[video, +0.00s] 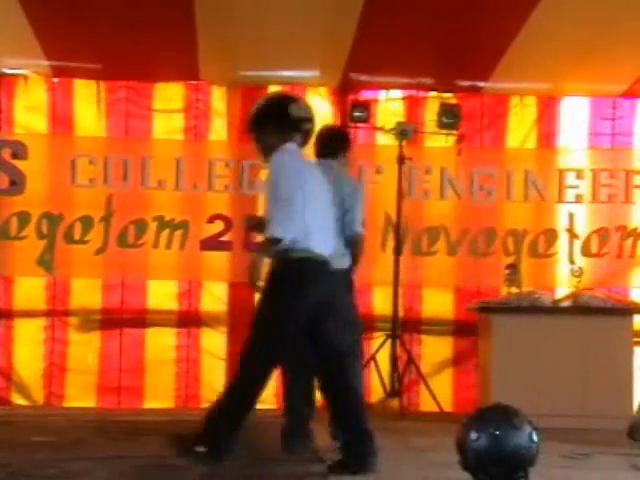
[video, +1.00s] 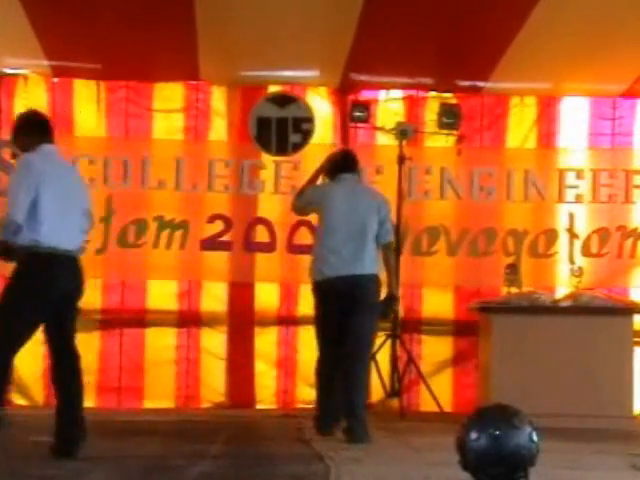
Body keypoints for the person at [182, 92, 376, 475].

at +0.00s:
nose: (256, 144)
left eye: (258, 135)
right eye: (255, 135)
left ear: (272, 132)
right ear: (293, 133)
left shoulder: (284, 162)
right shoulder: (311, 169)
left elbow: (285, 220)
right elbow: (309, 225)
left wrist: (264, 249)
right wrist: (265, 224)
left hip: (295, 272)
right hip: (327, 273)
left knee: (257, 360)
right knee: (336, 368)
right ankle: (358, 453)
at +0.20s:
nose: (196, 146)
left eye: (198, 139)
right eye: (196, 139)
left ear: (207, 137)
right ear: (228, 134)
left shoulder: (219, 166)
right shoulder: (247, 169)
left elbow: (217, 220)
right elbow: (267, 220)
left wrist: (191, 253)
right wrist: (251, 254)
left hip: (223, 269)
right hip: (249, 271)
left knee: (195, 356)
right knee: (238, 354)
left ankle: (200, 448)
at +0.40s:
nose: (147, 137)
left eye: (147, 130)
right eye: (148, 130)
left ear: (153, 129)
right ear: (179, 126)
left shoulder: (161, 159)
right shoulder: (201, 164)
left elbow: (149, 208)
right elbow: (224, 226)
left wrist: (123, 238)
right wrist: (197, 240)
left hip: (175, 262)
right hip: (200, 263)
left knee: (171, 352)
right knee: (169, 351)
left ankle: (196, 443)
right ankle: (166, 437)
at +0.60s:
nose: (101, 148)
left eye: (102, 142)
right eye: (101, 142)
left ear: (109, 142)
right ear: (134, 140)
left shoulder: (112, 171)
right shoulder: (152, 178)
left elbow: (89, 224)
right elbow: (178, 238)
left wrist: (72, 240)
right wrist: (147, 255)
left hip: (123, 274)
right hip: (146, 274)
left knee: (128, 356)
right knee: (107, 358)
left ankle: (186, 435)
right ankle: (73, 441)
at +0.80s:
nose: (58, 142)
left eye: (59, 137)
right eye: (60, 136)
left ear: (63, 136)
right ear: (92, 133)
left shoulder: (68, 163)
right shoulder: (110, 171)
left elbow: (51, 216)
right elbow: (133, 225)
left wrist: (42, 245)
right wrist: (108, 249)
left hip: (77, 264)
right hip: (108, 267)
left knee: (43, 342)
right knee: (81, 348)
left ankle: (97, 406)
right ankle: (70, 437)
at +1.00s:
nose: (15, 149)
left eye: (16, 143)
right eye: (15, 144)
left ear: (23, 139)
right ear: (49, 136)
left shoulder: (29, 164)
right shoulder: (69, 169)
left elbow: (15, 217)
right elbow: (87, 218)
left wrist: (6, 239)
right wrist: (68, 245)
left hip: (37, 265)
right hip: (69, 266)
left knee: (4, 345)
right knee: (64, 350)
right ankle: (70, 434)